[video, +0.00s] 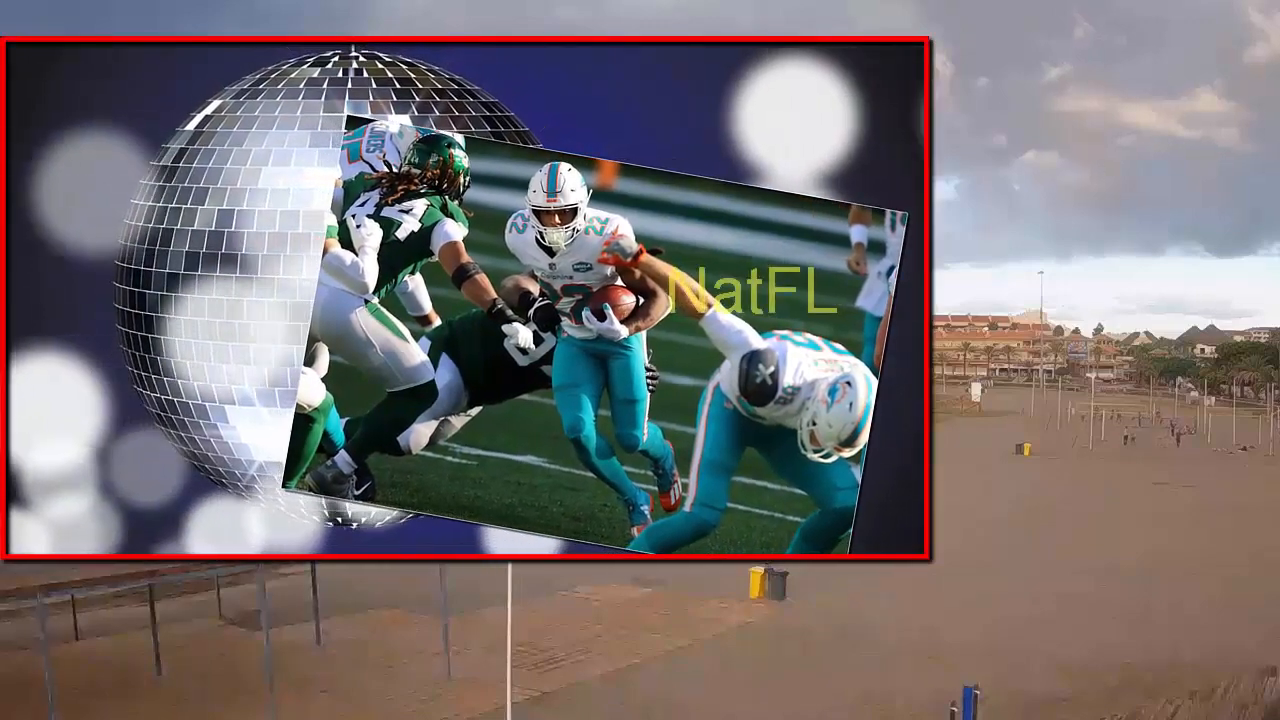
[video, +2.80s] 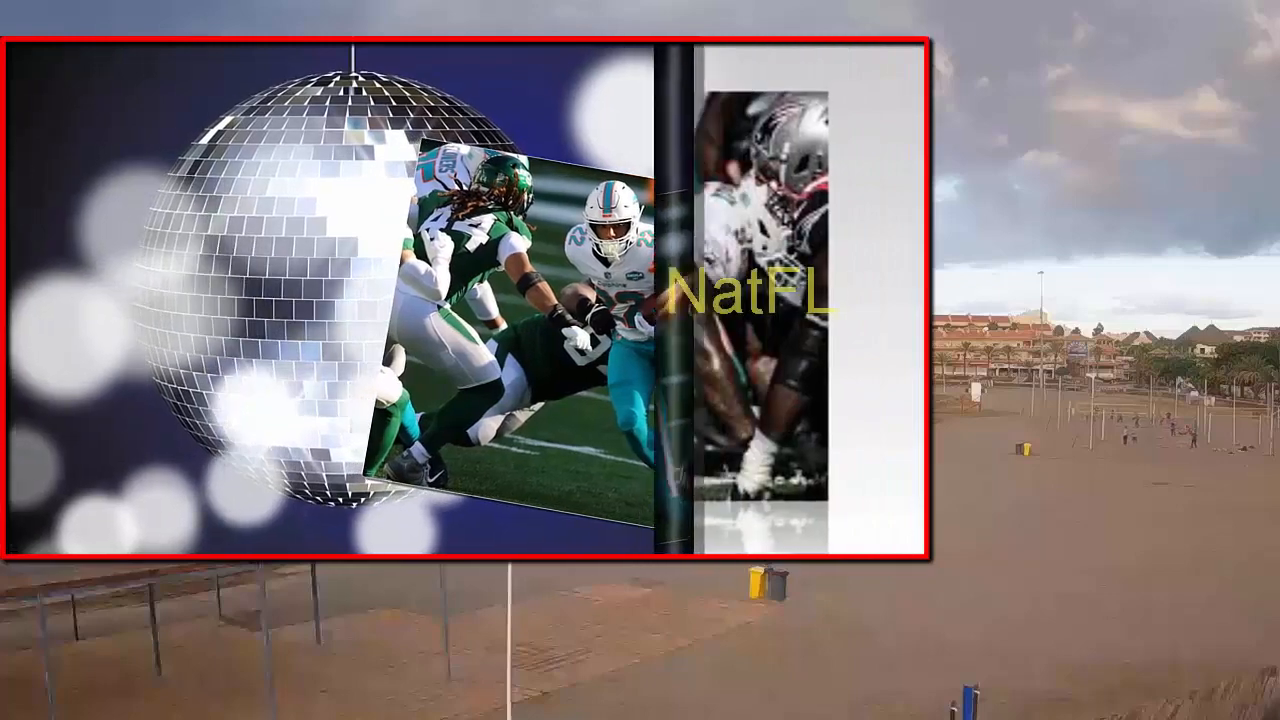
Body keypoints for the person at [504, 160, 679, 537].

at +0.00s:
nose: (554, 221)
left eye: (563, 213)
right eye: (545, 213)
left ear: (580, 206)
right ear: (533, 209)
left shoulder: (612, 234)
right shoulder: (519, 233)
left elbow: (660, 296)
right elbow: (543, 274)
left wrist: (628, 329)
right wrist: (542, 305)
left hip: (623, 341)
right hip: (573, 340)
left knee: (630, 438)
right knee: (578, 432)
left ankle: (664, 463)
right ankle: (636, 501)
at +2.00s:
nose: (594, 231)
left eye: (602, 223)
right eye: (585, 223)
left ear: (618, 218)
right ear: (573, 220)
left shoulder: (648, 242)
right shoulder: (561, 241)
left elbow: (696, 298)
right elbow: (583, 280)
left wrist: (662, 331)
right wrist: (582, 308)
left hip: (657, 341)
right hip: (610, 341)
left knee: (665, 432)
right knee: (616, 425)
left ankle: (697, 452)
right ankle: (670, 491)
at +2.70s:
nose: (607, 234)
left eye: (616, 226)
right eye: (599, 227)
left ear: (631, 220)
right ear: (587, 222)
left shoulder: (660, 244)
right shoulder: (575, 244)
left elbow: (697, 296)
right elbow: (598, 285)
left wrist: (675, 330)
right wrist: (594, 315)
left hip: (670, 342)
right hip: (624, 341)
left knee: (678, 433)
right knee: (629, 424)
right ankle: (681, 489)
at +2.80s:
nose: (610, 235)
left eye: (618, 227)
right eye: (602, 228)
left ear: (633, 221)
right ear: (590, 223)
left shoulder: (655, 245)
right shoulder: (577, 244)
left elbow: (682, 281)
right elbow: (599, 280)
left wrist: (651, 309)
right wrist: (595, 308)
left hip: (668, 341)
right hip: (627, 342)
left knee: (674, 426)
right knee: (630, 421)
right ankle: (675, 477)